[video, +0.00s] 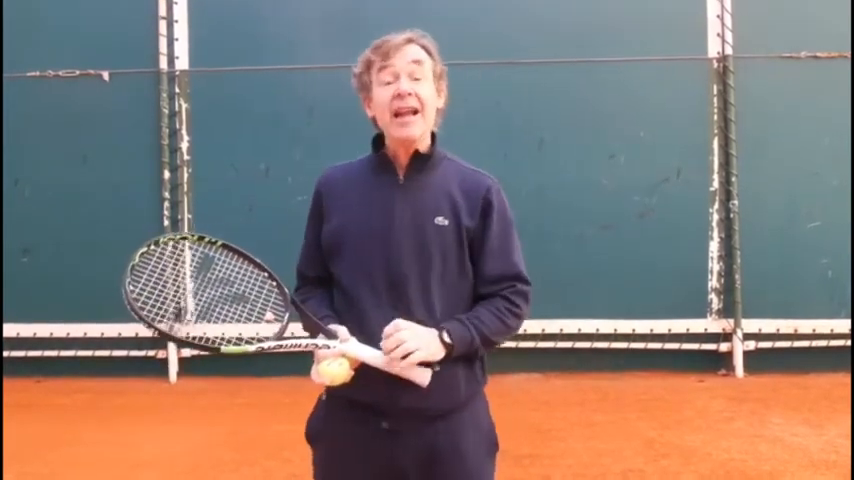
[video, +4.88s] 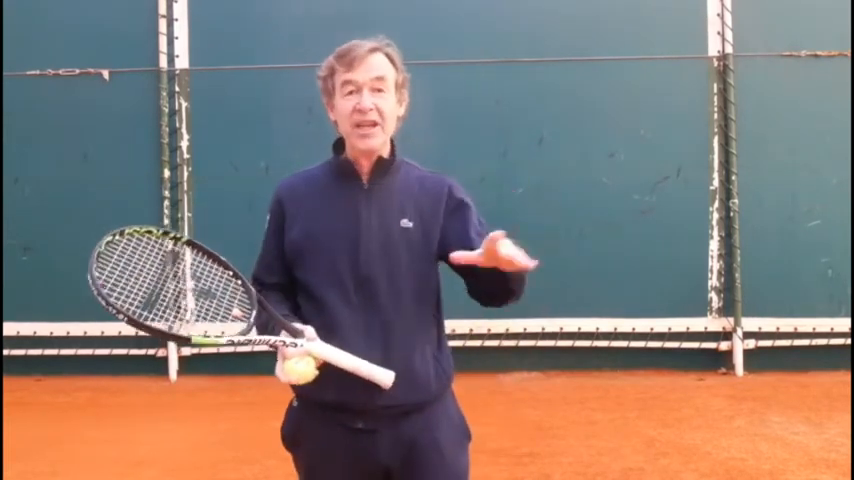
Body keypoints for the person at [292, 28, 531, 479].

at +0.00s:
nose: (403, 89)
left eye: (416, 76)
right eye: (388, 79)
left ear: (439, 95)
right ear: (369, 103)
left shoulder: (479, 193)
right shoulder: (335, 188)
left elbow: (510, 298)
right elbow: (310, 288)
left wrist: (444, 338)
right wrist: (332, 334)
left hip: (451, 428)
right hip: (352, 425)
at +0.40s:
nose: (358, 83)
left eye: (370, 73)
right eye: (343, 77)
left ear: (393, 96)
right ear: (327, 107)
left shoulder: (438, 190)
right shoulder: (296, 196)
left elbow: (486, 292)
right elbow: (279, 291)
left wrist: (451, 280)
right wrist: (302, 338)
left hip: (425, 417)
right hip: (328, 418)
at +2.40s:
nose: (396, 100)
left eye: (409, 86)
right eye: (382, 89)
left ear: (432, 102)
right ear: (363, 108)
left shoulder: (467, 198)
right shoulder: (324, 198)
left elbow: (500, 292)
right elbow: (299, 299)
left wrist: (467, 339)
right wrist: (349, 336)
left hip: (457, 428)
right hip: (358, 429)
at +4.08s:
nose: (405, 87)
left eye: (420, 77)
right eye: (392, 79)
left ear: (443, 100)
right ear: (374, 105)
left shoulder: (478, 197)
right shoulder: (331, 195)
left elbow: (525, 282)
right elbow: (302, 299)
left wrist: (509, 299)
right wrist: (333, 338)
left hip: (458, 430)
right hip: (359, 427)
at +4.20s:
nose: (398, 93)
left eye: (412, 81)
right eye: (384, 83)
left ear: (434, 101)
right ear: (365, 107)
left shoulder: (470, 196)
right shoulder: (324, 196)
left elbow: (527, 289)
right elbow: (295, 297)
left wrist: (481, 275)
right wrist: (325, 337)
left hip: (450, 427)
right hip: (352, 424)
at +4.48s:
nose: (381, 106)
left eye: (394, 92)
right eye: (367, 93)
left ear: (415, 106)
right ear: (346, 109)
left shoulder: (446, 192)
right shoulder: (306, 197)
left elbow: (513, 283)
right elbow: (282, 293)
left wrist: (505, 223)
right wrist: (302, 335)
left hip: (434, 423)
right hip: (338, 423)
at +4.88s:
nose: (365, 103)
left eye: (378, 90)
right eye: (350, 91)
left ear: (400, 102)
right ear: (332, 108)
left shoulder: (437, 195)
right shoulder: (293, 198)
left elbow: (491, 294)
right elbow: (269, 289)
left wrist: (502, 269)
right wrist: (288, 335)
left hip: (425, 421)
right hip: (328, 422)